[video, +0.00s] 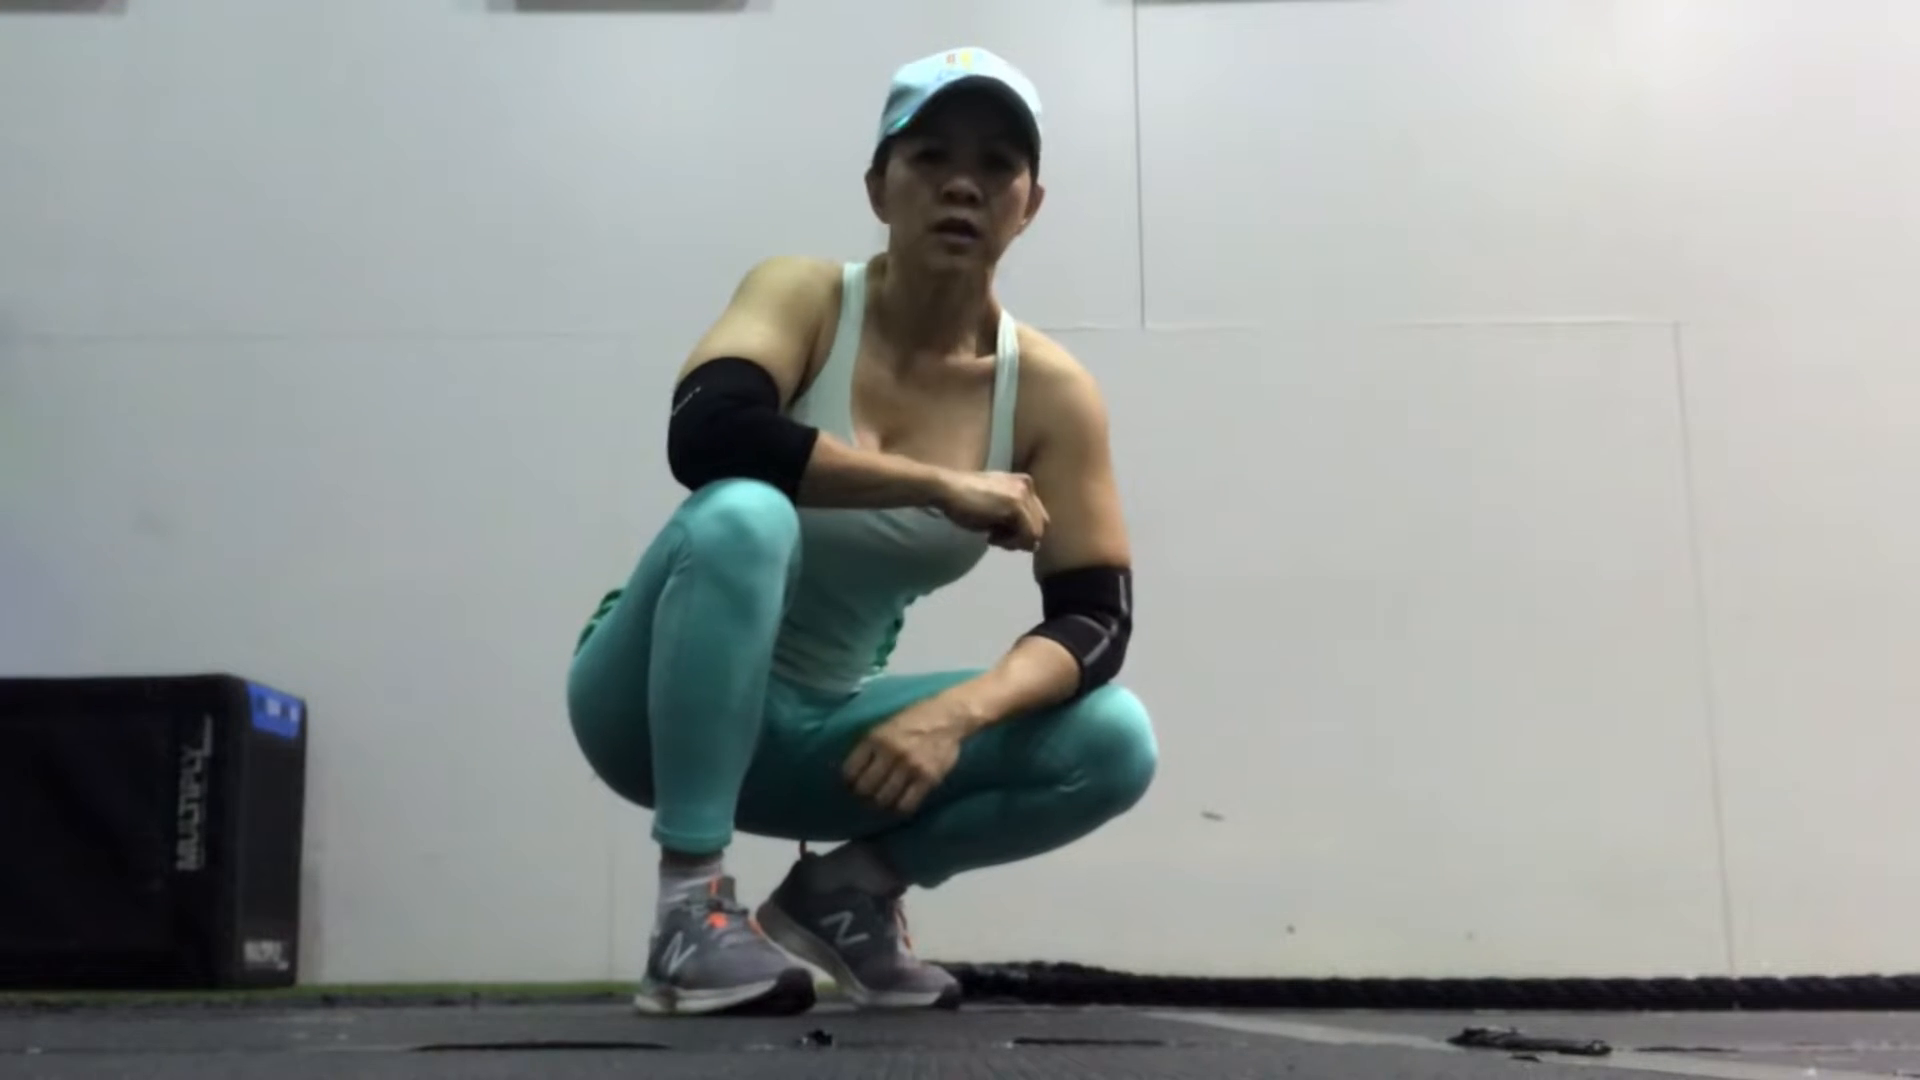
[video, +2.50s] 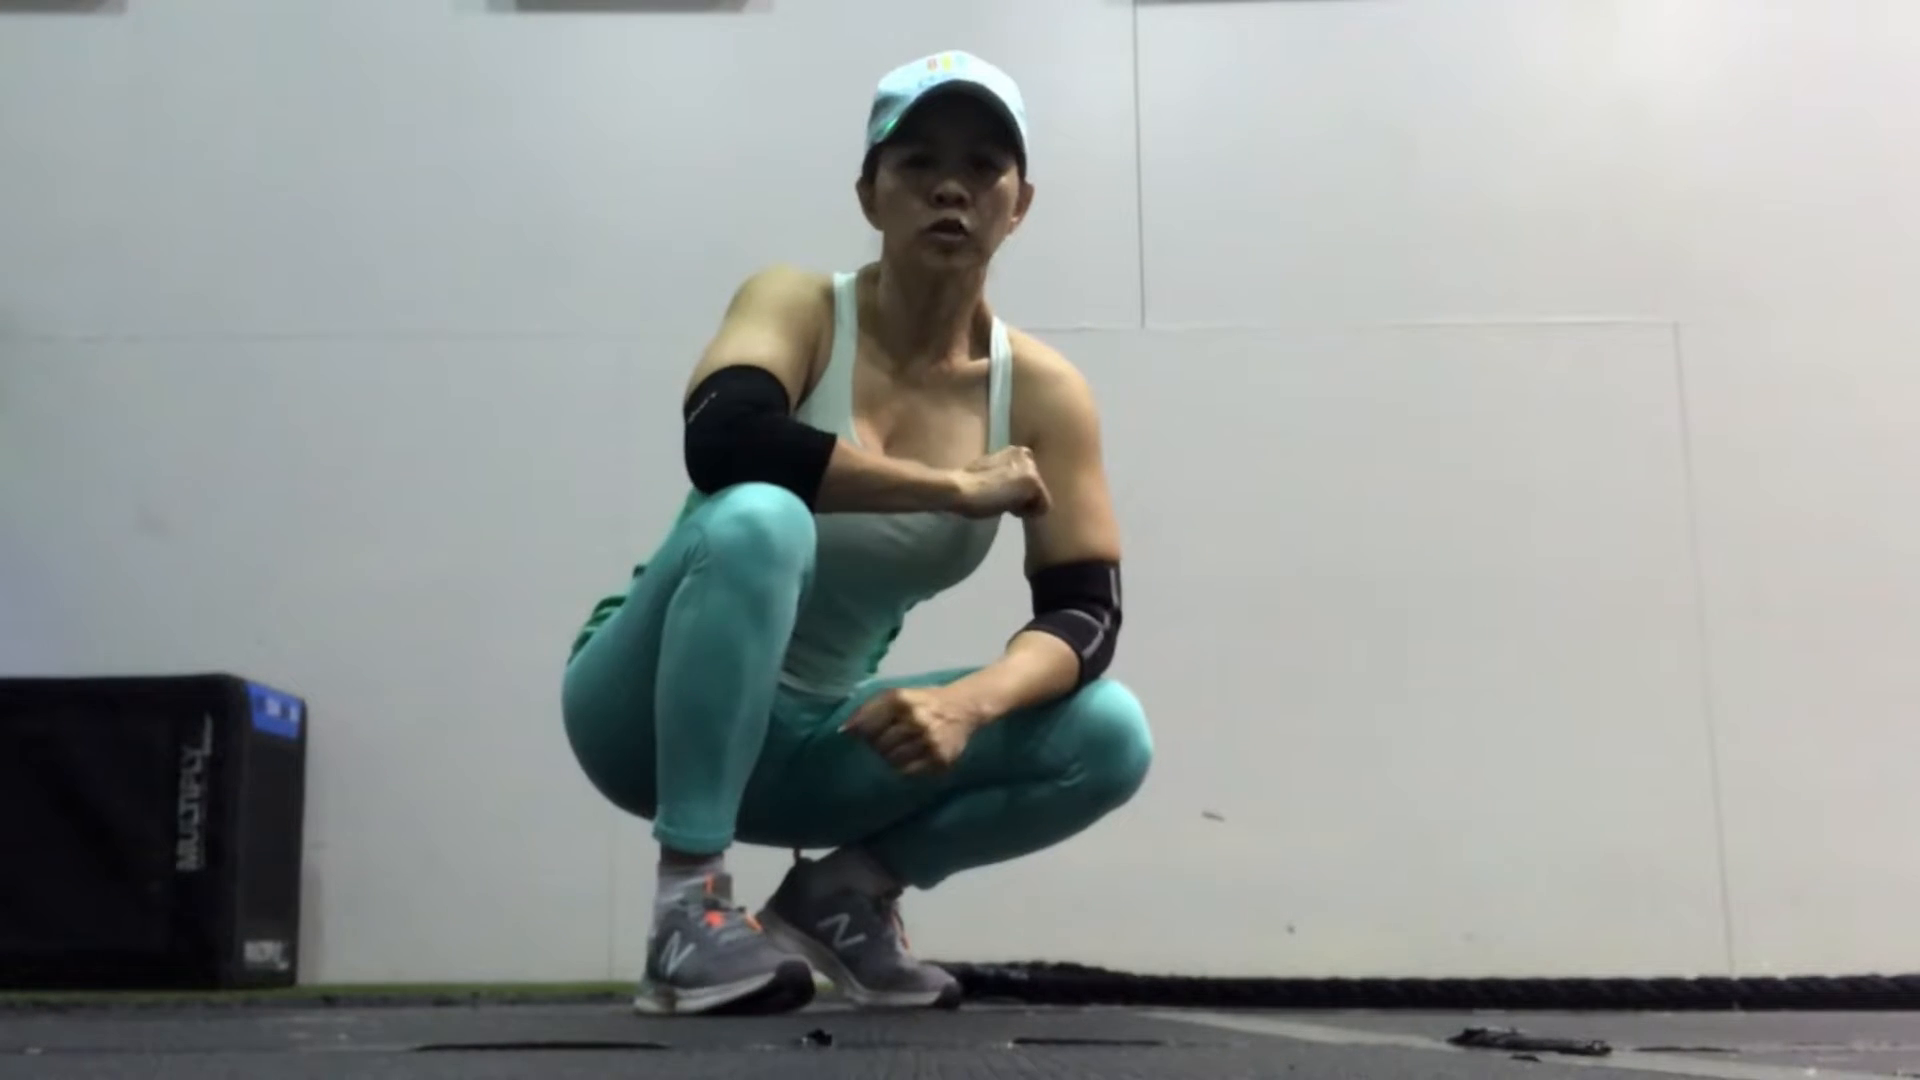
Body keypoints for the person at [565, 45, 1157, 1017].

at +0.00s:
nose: (962, 186)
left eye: (994, 165)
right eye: (933, 157)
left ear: (1029, 203)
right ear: (880, 185)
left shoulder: (1048, 391)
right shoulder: (798, 296)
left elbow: (1093, 621)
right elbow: (708, 436)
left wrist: (957, 710)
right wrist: (940, 485)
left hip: (824, 733)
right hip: (662, 699)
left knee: (1111, 743)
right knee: (745, 518)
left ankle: (841, 890)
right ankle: (692, 909)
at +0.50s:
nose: (965, 185)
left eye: (997, 166)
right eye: (936, 157)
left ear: (1032, 207)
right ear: (883, 187)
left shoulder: (1049, 393)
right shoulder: (803, 295)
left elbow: (1094, 616)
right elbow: (717, 436)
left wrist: (980, 704)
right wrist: (948, 492)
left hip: (818, 738)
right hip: (657, 703)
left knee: (1114, 740)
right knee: (752, 519)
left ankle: (840, 891)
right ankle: (691, 909)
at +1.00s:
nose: (964, 185)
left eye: (997, 164)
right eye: (935, 156)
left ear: (1035, 204)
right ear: (884, 189)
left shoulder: (1055, 397)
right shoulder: (805, 296)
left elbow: (1093, 620)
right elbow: (715, 435)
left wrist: (972, 709)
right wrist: (945, 495)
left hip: (822, 738)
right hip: (660, 704)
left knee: (1112, 744)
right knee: (749, 517)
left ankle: (840, 890)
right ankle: (692, 910)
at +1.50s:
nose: (960, 187)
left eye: (992, 165)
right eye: (931, 159)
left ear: (1033, 202)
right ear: (883, 189)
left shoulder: (1054, 398)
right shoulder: (804, 297)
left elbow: (1090, 621)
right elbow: (714, 434)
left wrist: (968, 710)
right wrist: (943, 498)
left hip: (821, 740)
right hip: (658, 705)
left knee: (1110, 745)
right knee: (747, 517)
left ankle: (840, 891)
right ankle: (691, 910)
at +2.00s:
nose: (956, 187)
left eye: (988, 164)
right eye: (926, 160)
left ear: (1028, 202)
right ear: (878, 188)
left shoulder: (1048, 395)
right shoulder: (799, 300)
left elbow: (1088, 622)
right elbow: (719, 436)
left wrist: (969, 705)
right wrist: (948, 496)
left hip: (819, 745)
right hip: (656, 710)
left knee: (1108, 743)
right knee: (749, 517)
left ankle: (840, 892)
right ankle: (691, 911)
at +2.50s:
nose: (950, 187)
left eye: (980, 165)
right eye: (920, 162)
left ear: (1019, 202)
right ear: (871, 193)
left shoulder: (1041, 392)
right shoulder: (792, 305)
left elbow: (1083, 617)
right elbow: (727, 440)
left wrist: (969, 703)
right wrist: (950, 487)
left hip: (818, 746)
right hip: (651, 712)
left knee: (1106, 737)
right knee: (759, 521)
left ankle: (842, 893)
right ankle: (691, 909)